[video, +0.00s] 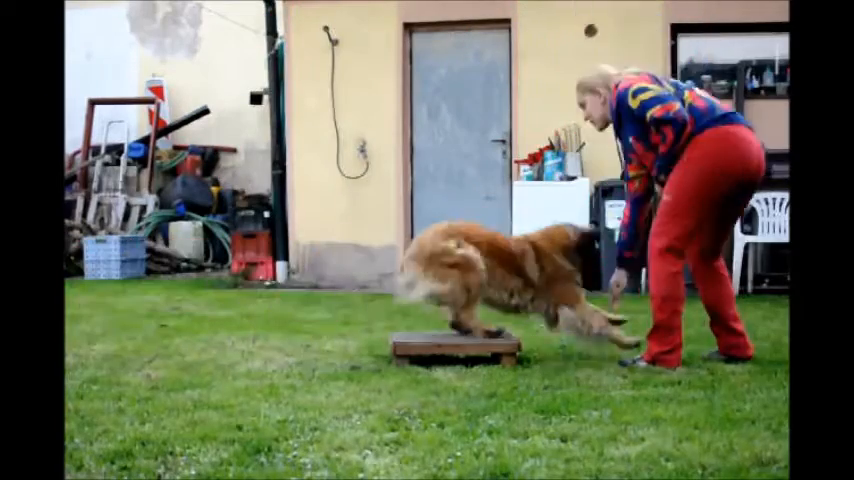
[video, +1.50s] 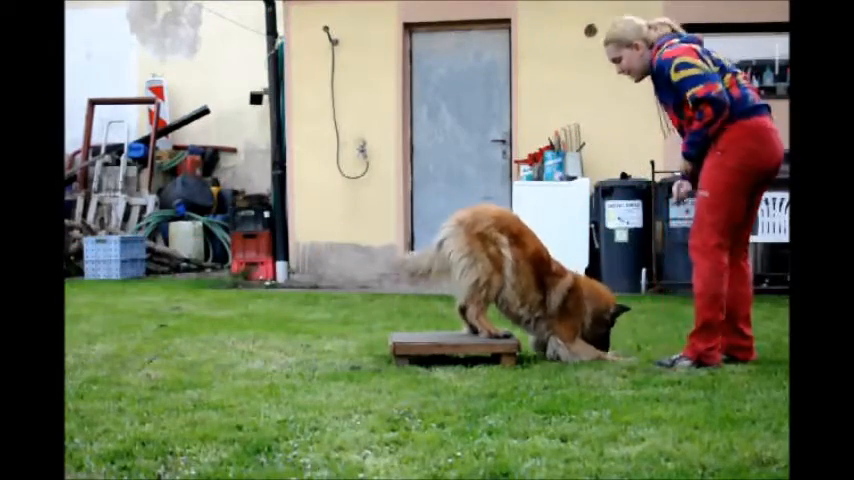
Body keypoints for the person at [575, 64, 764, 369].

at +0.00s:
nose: (585, 115)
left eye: (584, 105)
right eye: (581, 109)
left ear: (601, 92)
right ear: (602, 96)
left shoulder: (629, 87)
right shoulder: (631, 130)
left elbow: (674, 117)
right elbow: (637, 194)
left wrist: (661, 173)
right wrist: (624, 266)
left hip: (718, 144)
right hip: (745, 148)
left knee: (664, 245)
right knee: (705, 253)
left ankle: (662, 354)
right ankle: (735, 347)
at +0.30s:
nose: (599, 170)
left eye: (594, 160)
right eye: (593, 164)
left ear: (606, 143)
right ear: (606, 145)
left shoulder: (632, 124)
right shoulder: (646, 169)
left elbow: (680, 130)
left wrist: (674, 185)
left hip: (727, 148)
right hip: (758, 153)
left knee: (669, 247)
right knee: (709, 255)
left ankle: (662, 354)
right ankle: (735, 347)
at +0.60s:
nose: (608, 97)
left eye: (605, 89)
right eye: (604, 92)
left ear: (621, 75)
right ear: (622, 75)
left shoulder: (641, 76)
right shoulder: (668, 69)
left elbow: (674, 109)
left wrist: (666, 161)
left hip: (720, 136)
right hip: (755, 136)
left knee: (680, 250)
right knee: (721, 247)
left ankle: (663, 354)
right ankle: (736, 346)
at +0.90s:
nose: (646, 33)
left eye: (646, 23)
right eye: (642, 26)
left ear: (667, 13)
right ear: (675, 13)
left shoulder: (681, 40)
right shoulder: (712, 37)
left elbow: (684, 102)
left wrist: (663, 128)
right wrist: (673, 128)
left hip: (716, 142)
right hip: (754, 142)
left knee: (683, 249)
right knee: (725, 250)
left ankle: (665, 352)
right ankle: (737, 346)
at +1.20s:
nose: (657, 23)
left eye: (658, 13)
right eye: (653, 16)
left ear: (681, 4)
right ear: (685, 7)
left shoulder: (699, 33)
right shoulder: (720, 30)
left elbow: (708, 86)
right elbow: (748, 89)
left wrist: (685, 123)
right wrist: (706, 124)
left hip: (725, 140)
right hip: (752, 139)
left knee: (687, 240)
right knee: (735, 247)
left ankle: (693, 348)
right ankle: (739, 346)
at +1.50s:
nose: (619, 69)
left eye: (619, 60)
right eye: (614, 64)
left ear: (637, 45)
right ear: (637, 49)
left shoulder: (672, 54)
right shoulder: (672, 58)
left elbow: (711, 100)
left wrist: (690, 156)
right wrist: (690, 176)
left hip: (739, 139)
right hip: (758, 138)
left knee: (706, 243)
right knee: (733, 247)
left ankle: (704, 350)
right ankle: (737, 344)